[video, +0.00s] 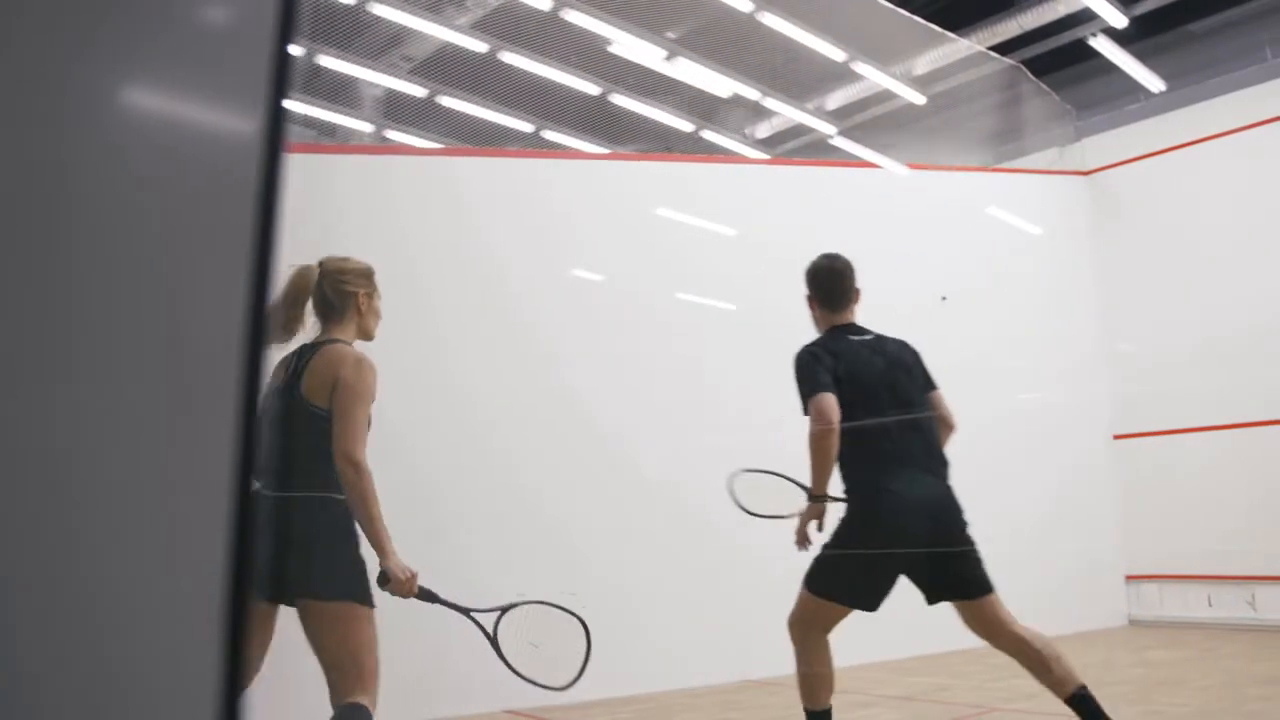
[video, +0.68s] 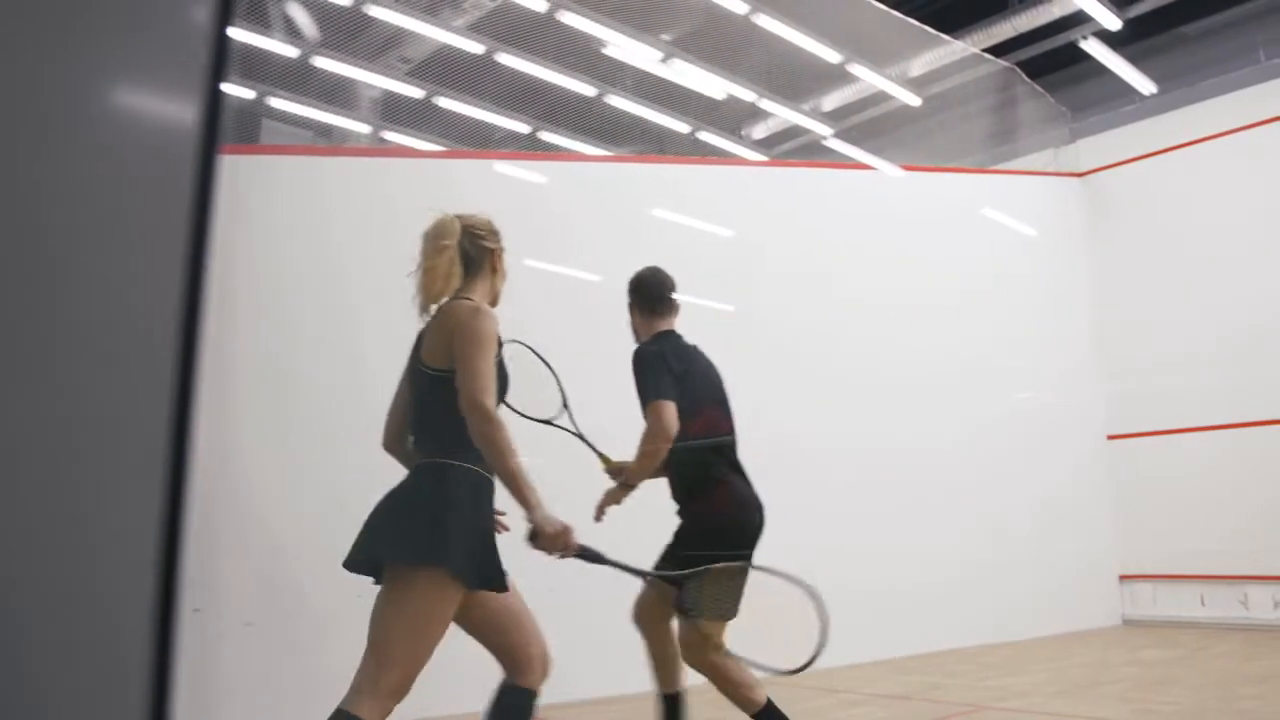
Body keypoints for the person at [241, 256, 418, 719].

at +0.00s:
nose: (381, 310)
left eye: (379, 299)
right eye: (377, 299)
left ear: (323, 304)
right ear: (361, 302)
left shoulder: (284, 365)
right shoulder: (353, 365)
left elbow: (265, 455)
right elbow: (350, 461)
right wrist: (388, 556)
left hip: (260, 530)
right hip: (317, 535)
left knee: (235, 673)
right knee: (355, 693)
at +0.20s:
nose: (410, 292)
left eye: (408, 281)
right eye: (407, 281)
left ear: (354, 287)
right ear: (392, 283)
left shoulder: (328, 347)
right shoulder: (383, 342)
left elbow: (295, 456)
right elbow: (369, 434)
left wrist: (350, 501)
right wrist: (396, 532)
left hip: (306, 524)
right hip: (360, 527)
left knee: (288, 676)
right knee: (373, 695)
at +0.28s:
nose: (426, 284)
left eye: (423, 273)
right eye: (422, 274)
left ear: (367, 280)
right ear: (409, 275)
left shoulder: (346, 339)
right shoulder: (397, 332)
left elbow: (312, 450)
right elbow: (381, 423)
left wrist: (365, 508)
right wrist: (406, 522)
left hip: (326, 521)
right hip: (375, 521)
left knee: (327, 679)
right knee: (375, 696)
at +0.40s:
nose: (447, 275)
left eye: (445, 265)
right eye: (445, 265)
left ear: (393, 269)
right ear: (433, 265)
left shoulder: (371, 330)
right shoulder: (419, 321)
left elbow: (335, 441)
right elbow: (403, 412)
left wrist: (389, 494)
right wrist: (432, 510)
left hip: (365, 501)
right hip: (395, 503)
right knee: (379, 685)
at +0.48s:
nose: (463, 269)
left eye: (460, 260)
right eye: (460, 260)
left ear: (407, 263)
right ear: (449, 261)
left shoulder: (389, 324)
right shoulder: (435, 318)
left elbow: (352, 437)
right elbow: (420, 405)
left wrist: (413, 494)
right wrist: (455, 506)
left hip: (382, 502)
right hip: (407, 505)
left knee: (443, 671)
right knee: (378, 692)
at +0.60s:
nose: (489, 267)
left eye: (485, 257)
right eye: (486, 257)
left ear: (432, 259)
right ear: (475, 257)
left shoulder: (416, 322)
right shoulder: (458, 316)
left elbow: (378, 434)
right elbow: (454, 407)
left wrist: (446, 485)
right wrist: (501, 507)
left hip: (411, 507)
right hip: (431, 509)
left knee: (499, 662)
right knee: (377, 692)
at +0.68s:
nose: (507, 269)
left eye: (503, 259)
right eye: (504, 258)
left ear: (452, 261)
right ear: (494, 259)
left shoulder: (435, 326)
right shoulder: (475, 318)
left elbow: (396, 438)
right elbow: (479, 411)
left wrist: (469, 498)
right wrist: (539, 510)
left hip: (436, 515)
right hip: (444, 517)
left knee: (530, 662)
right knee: (372, 698)